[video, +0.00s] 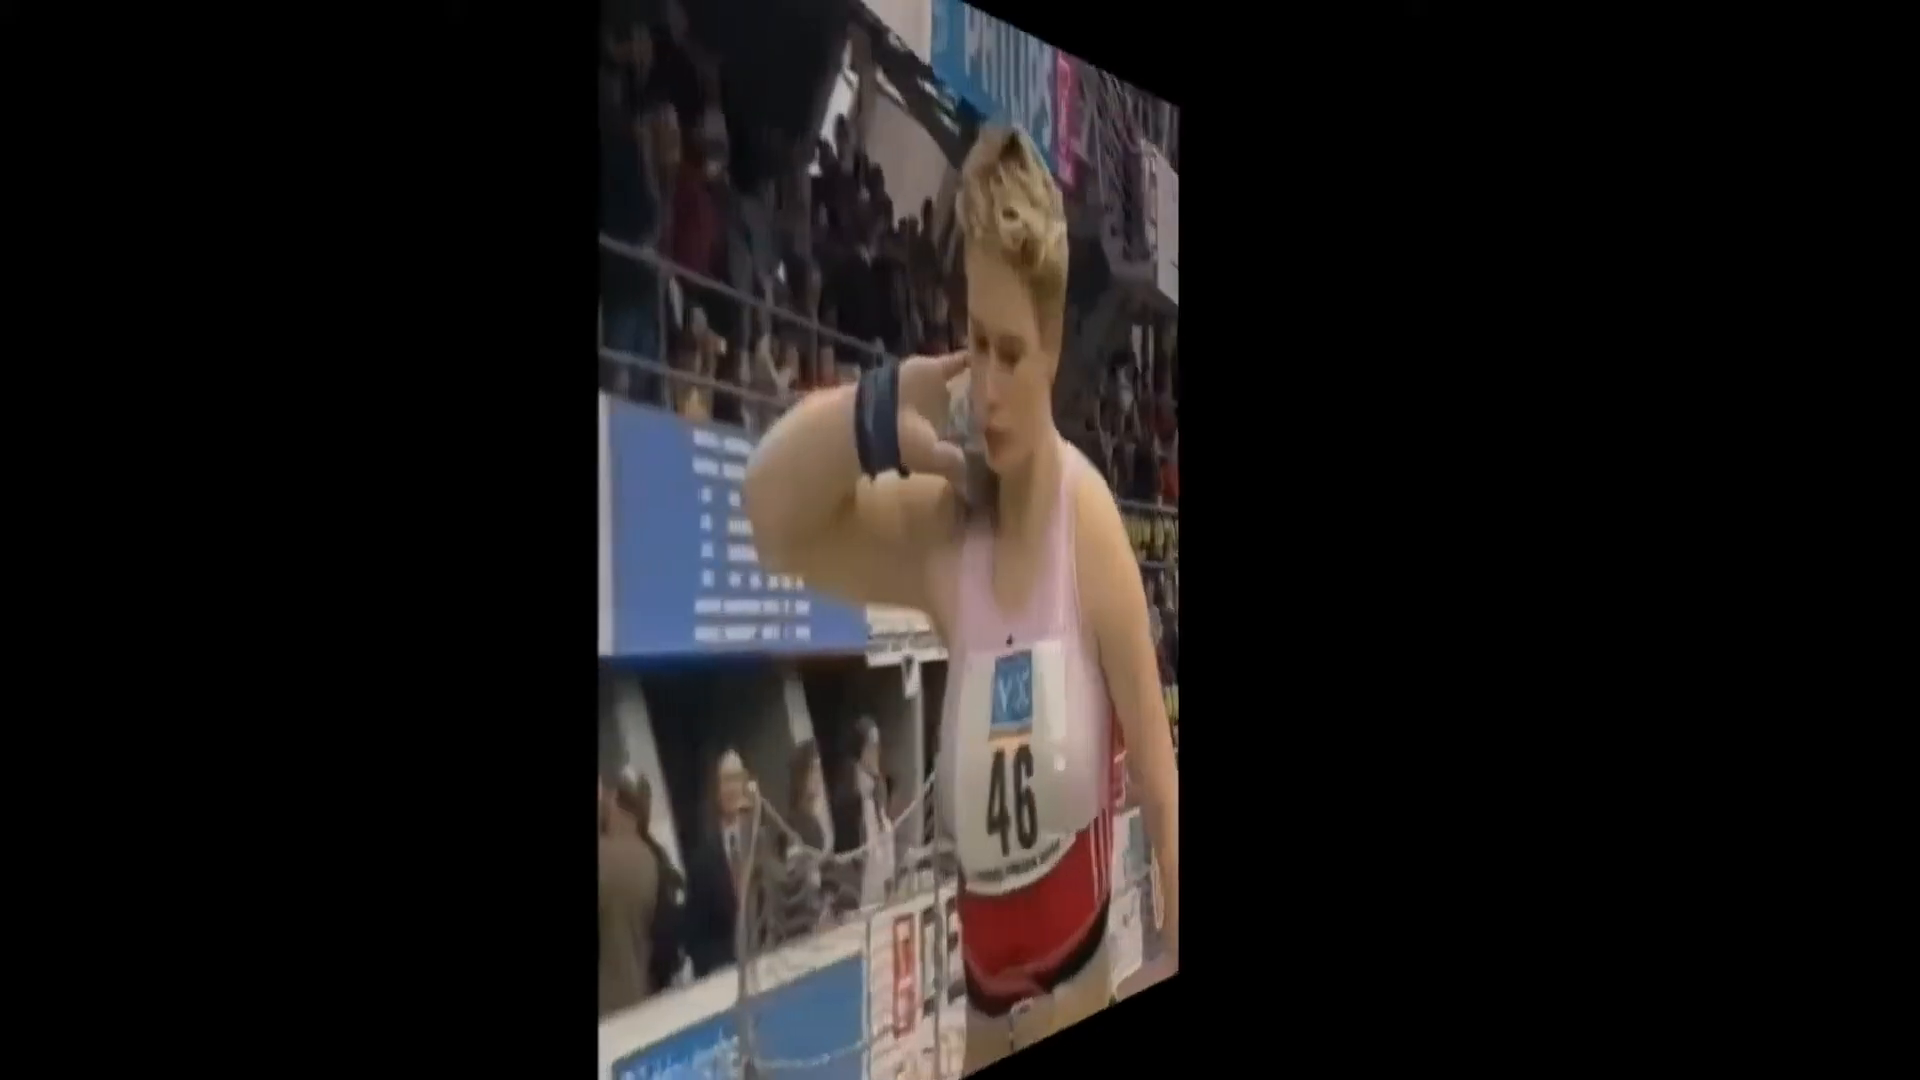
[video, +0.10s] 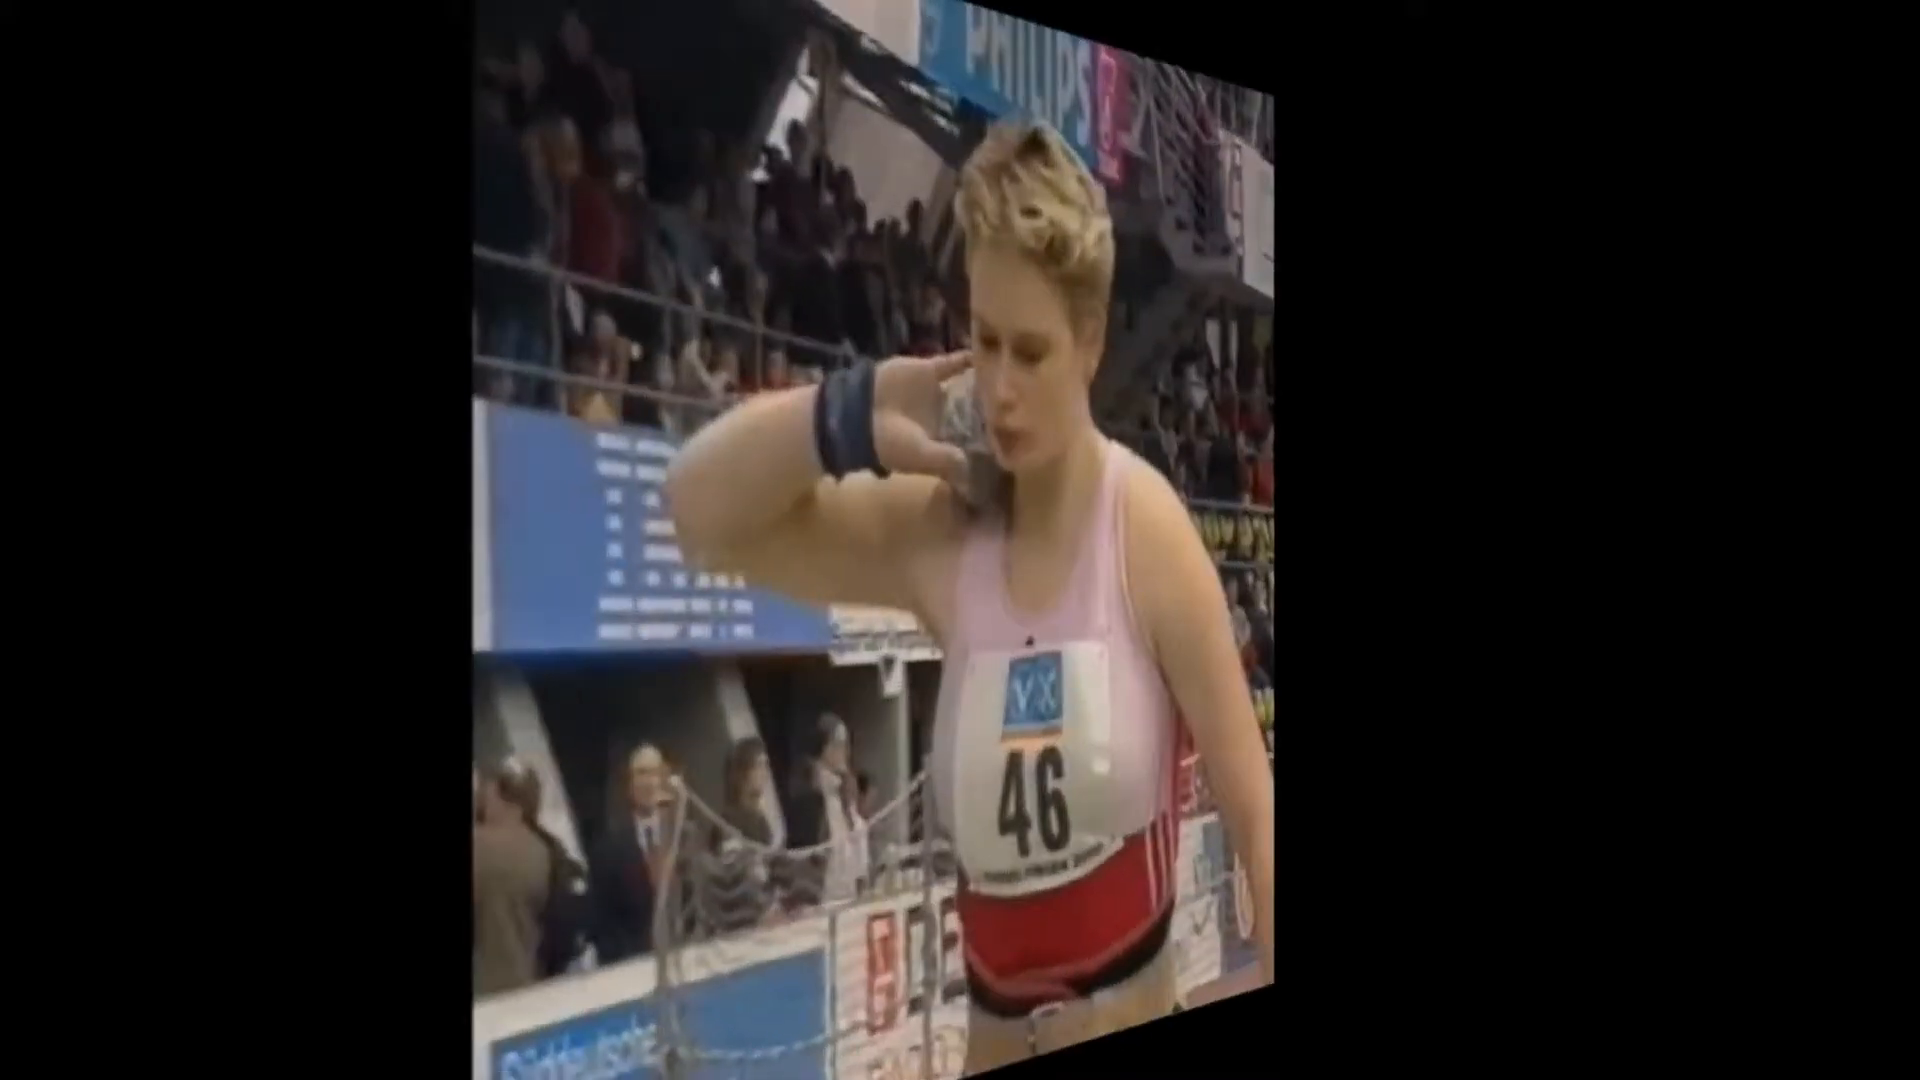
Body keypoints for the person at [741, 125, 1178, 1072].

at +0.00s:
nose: (985, 394)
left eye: (1013, 356)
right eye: (970, 350)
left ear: (1061, 355)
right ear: (953, 345)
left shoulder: (1077, 502)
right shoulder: (928, 525)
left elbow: (1142, 707)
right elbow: (782, 528)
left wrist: (1170, 892)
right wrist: (882, 405)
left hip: (1083, 843)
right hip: (977, 857)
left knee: (1061, 1020)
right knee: (991, 1038)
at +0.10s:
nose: (998, 390)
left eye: (1032, 353)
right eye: (983, 345)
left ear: (1093, 342)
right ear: (961, 330)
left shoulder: (1138, 517)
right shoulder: (928, 527)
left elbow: (1247, 784)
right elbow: (703, 517)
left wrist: (1264, 954)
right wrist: (856, 413)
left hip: (1128, 944)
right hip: (992, 954)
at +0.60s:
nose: (1027, 387)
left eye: (1078, 345)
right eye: (1003, 339)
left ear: (1186, 328)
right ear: (974, 324)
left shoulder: (1304, 533)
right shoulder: (928, 534)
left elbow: (1537, 871)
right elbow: (598, 514)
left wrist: (1565, 1062)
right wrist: (815, 419)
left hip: (1267, 1056)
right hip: (1016, 1055)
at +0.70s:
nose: (1028, 387)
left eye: (1079, 344)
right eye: (1004, 339)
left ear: (1186, 328)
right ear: (974, 324)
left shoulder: (1304, 533)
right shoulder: (928, 534)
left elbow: (1539, 874)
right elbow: (598, 513)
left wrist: (1563, 1062)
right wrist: (813, 419)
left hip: (1268, 1055)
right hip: (1016, 1053)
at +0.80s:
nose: (1029, 387)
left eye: (1079, 344)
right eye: (1004, 339)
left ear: (1186, 329)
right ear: (974, 324)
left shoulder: (1304, 533)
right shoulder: (928, 534)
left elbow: (1539, 874)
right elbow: (598, 513)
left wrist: (1565, 1061)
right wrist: (812, 419)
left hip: (1268, 1055)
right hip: (1016, 1053)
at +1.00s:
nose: (1028, 387)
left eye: (1079, 344)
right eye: (1004, 339)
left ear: (1186, 328)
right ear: (974, 324)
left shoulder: (1304, 534)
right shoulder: (928, 534)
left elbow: (1539, 875)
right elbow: (598, 513)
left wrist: (1563, 1061)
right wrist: (813, 419)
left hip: (1268, 1055)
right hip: (1016, 1053)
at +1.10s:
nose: (1028, 387)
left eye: (1079, 345)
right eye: (1004, 339)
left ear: (1186, 328)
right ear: (974, 324)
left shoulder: (1304, 534)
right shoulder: (928, 534)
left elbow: (1539, 875)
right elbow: (599, 513)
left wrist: (1565, 1061)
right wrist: (812, 419)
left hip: (1268, 1054)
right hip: (1016, 1051)